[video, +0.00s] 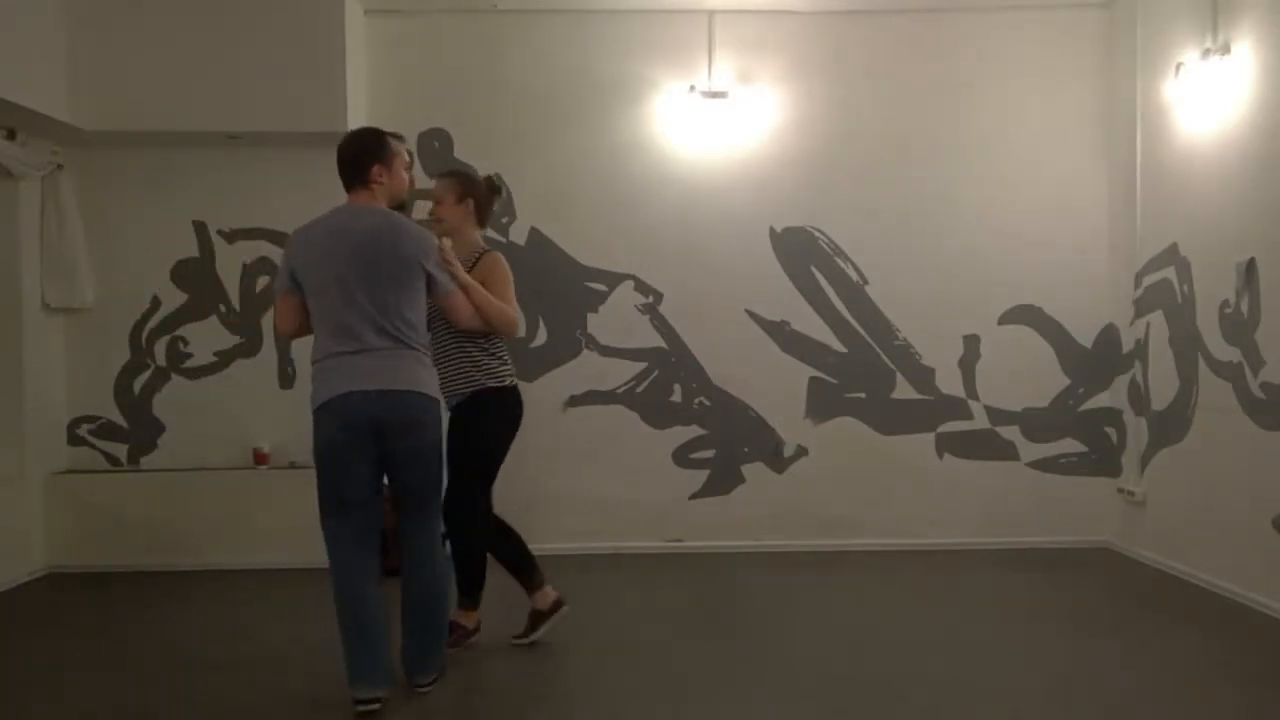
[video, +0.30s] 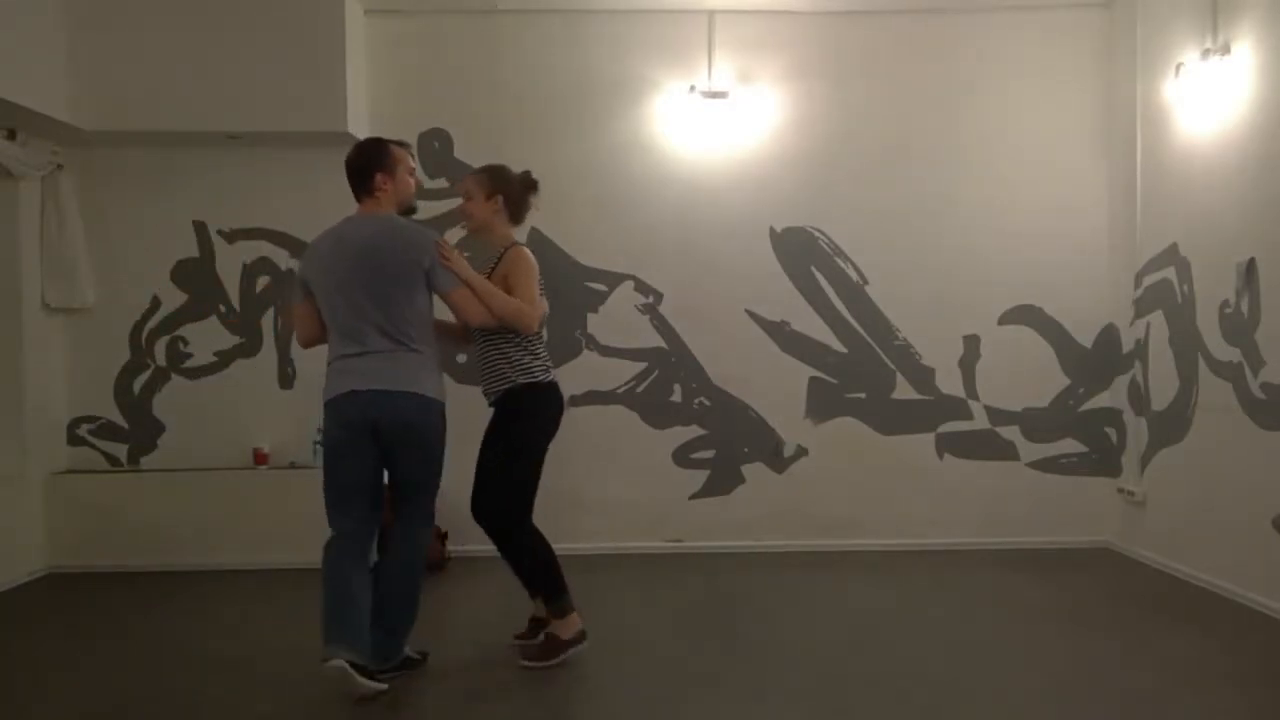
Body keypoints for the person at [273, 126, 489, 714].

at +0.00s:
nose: (411, 176)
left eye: (408, 166)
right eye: (404, 166)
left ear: (352, 177)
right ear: (379, 173)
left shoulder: (304, 238)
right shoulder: (412, 235)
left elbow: (287, 325)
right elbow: (463, 316)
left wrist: (339, 306)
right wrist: (436, 281)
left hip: (339, 401)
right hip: (412, 398)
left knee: (349, 534)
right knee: (422, 528)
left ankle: (366, 682)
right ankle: (425, 665)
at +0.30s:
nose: (418, 182)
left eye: (415, 172)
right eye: (410, 173)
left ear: (366, 185)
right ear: (382, 181)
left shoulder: (320, 249)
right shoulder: (419, 240)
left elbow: (307, 333)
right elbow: (476, 317)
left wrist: (358, 311)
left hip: (347, 401)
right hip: (415, 401)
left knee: (349, 526)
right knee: (412, 522)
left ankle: (342, 644)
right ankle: (387, 650)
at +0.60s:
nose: (440, 185)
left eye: (437, 175)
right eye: (431, 176)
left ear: (388, 188)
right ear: (403, 184)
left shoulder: (353, 246)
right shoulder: (418, 235)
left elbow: (340, 332)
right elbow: (454, 301)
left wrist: (407, 342)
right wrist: (530, 307)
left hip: (367, 390)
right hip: (416, 393)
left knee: (412, 502)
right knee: (418, 510)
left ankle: (412, 610)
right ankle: (385, 645)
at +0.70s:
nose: (450, 190)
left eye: (447, 181)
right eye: (442, 181)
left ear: (404, 195)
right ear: (415, 191)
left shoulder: (378, 246)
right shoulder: (422, 240)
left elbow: (367, 336)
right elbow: (439, 308)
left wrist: (447, 321)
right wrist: (520, 314)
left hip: (382, 395)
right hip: (418, 399)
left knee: (426, 509)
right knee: (423, 514)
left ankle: (453, 614)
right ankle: (383, 646)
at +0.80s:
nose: (459, 196)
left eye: (457, 187)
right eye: (452, 188)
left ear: (421, 197)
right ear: (426, 196)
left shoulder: (407, 243)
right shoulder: (417, 246)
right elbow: (425, 315)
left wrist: (499, 312)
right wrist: (499, 319)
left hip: (403, 397)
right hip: (413, 401)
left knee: (448, 501)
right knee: (428, 506)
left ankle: (458, 611)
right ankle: (382, 634)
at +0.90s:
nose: (466, 196)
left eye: (463, 185)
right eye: (458, 186)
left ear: (429, 194)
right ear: (433, 193)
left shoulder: (434, 248)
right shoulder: (416, 249)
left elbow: (453, 308)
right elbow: (421, 318)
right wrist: (488, 316)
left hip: (421, 394)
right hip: (415, 396)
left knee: (442, 503)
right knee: (437, 504)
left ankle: (456, 609)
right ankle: (382, 617)